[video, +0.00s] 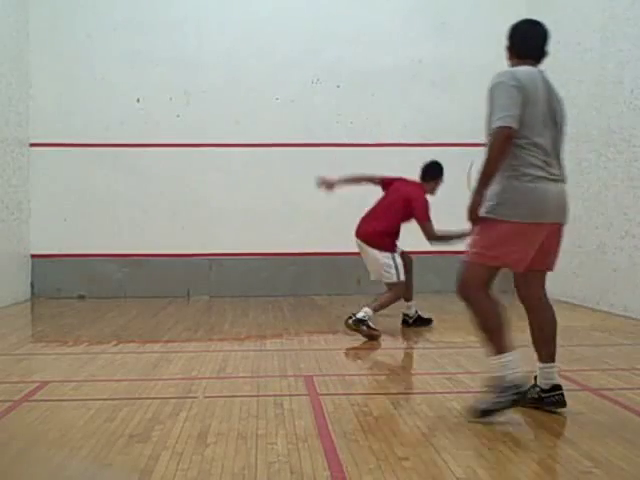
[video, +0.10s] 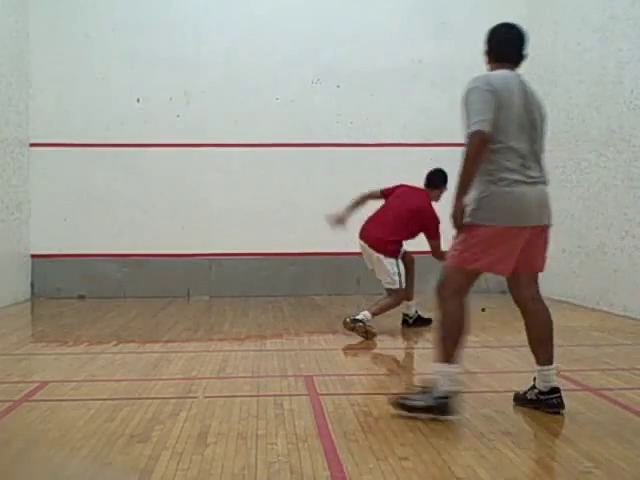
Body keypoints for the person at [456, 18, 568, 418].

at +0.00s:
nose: (506, 52)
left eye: (507, 46)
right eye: (512, 46)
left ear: (511, 48)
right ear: (542, 52)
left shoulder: (509, 80)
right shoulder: (551, 90)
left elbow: (505, 135)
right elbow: (551, 152)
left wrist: (477, 194)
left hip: (516, 201)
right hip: (553, 202)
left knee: (471, 285)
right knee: (531, 289)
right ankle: (548, 383)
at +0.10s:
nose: (486, 56)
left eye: (487, 50)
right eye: (492, 51)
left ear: (488, 53)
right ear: (522, 56)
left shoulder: (484, 85)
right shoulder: (532, 96)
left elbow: (479, 138)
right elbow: (533, 155)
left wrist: (459, 197)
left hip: (497, 204)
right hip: (537, 205)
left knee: (451, 288)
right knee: (527, 293)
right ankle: (546, 386)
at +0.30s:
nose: (428, 60)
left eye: (430, 55)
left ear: (430, 60)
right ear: (463, 61)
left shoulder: (424, 99)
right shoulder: (475, 103)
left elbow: (421, 156)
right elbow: (479, 159)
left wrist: (406, 215)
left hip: (441, 219)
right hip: (484, 217)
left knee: (396, 296)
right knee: (495, 295)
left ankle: (402, 392)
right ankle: (538, 379)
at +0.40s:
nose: (396, 56)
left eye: (396, 50)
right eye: (410, 49)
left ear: (396, 54)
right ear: (430, 55)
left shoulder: (389, 92)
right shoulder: (442, 97)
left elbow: (393, 140)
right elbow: (460, 160)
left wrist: (383, 199)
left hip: (407, 213)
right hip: (450, 210)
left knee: (386, 300)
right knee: (454, 290)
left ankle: (401, 392)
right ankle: (500, 366)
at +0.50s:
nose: (363, 43)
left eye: (363, 37)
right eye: (374, 36)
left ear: (364, 40)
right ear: (397, 41)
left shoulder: (367, 75)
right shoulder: (407, 80)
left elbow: (377, 123)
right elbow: (423, 148)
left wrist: (363, 197)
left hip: (388, 198)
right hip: (422, 195)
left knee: (365, 288)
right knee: (407, 286)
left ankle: (390, 383)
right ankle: (456, 370)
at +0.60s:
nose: (324, 53)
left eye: (325, 46)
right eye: (327, 46)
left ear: (330, 48)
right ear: (360, 46)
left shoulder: (347, 84)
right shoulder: (369, 83)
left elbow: (356, 153)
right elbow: (375, 159)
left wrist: (338, 215)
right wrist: (328, 214)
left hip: (367, 214)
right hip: (392, 211)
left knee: (314, 290)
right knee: (385, 298)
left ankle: (348, 387)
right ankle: (442, 388)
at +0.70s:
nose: (285, 72)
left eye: (286, 64)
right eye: (288, 64)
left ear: (291, 66)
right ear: (321, 65)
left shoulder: (312, 102)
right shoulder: (331, 102)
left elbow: (325, 152)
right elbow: (302, 181)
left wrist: (295, 199)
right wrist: (252, 219)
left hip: (333, 231)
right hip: (362, 227)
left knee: (262, 301)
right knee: (384, 311)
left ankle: (287, 406)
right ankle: (445, 392)